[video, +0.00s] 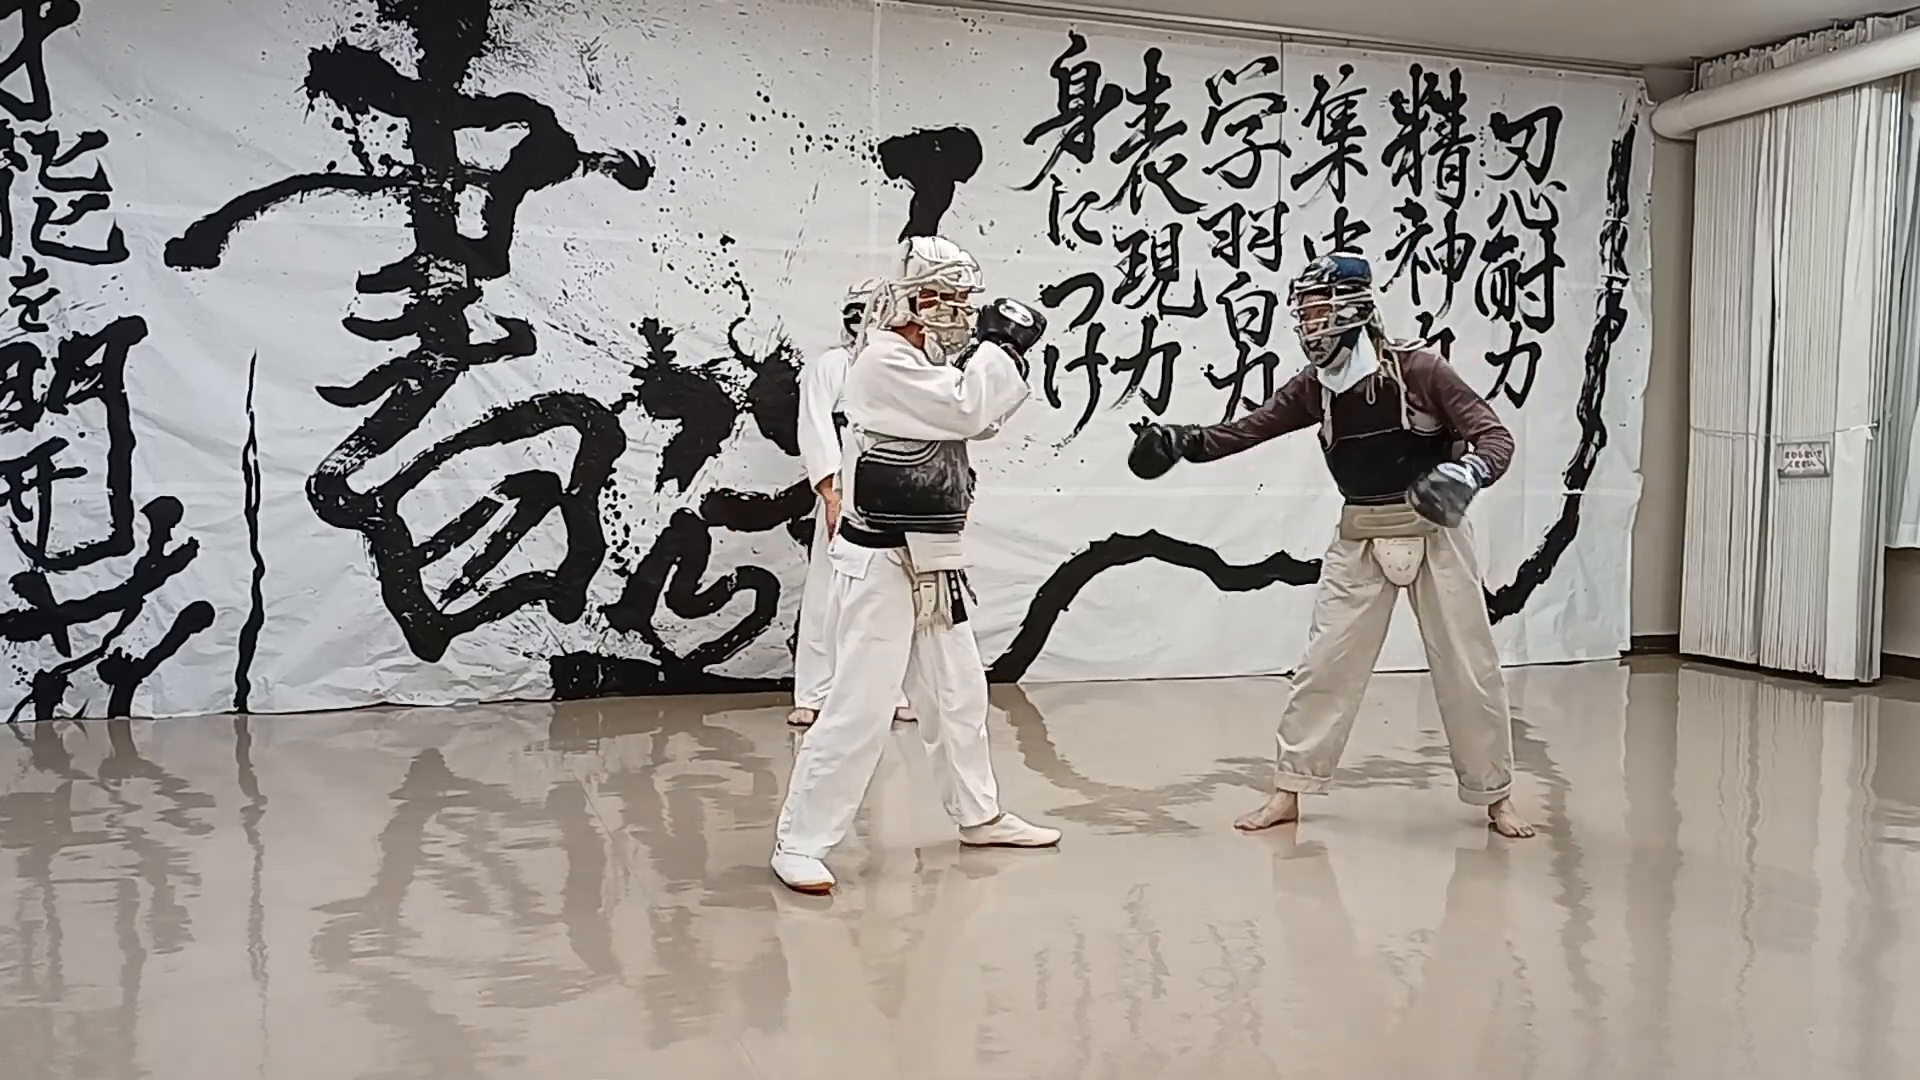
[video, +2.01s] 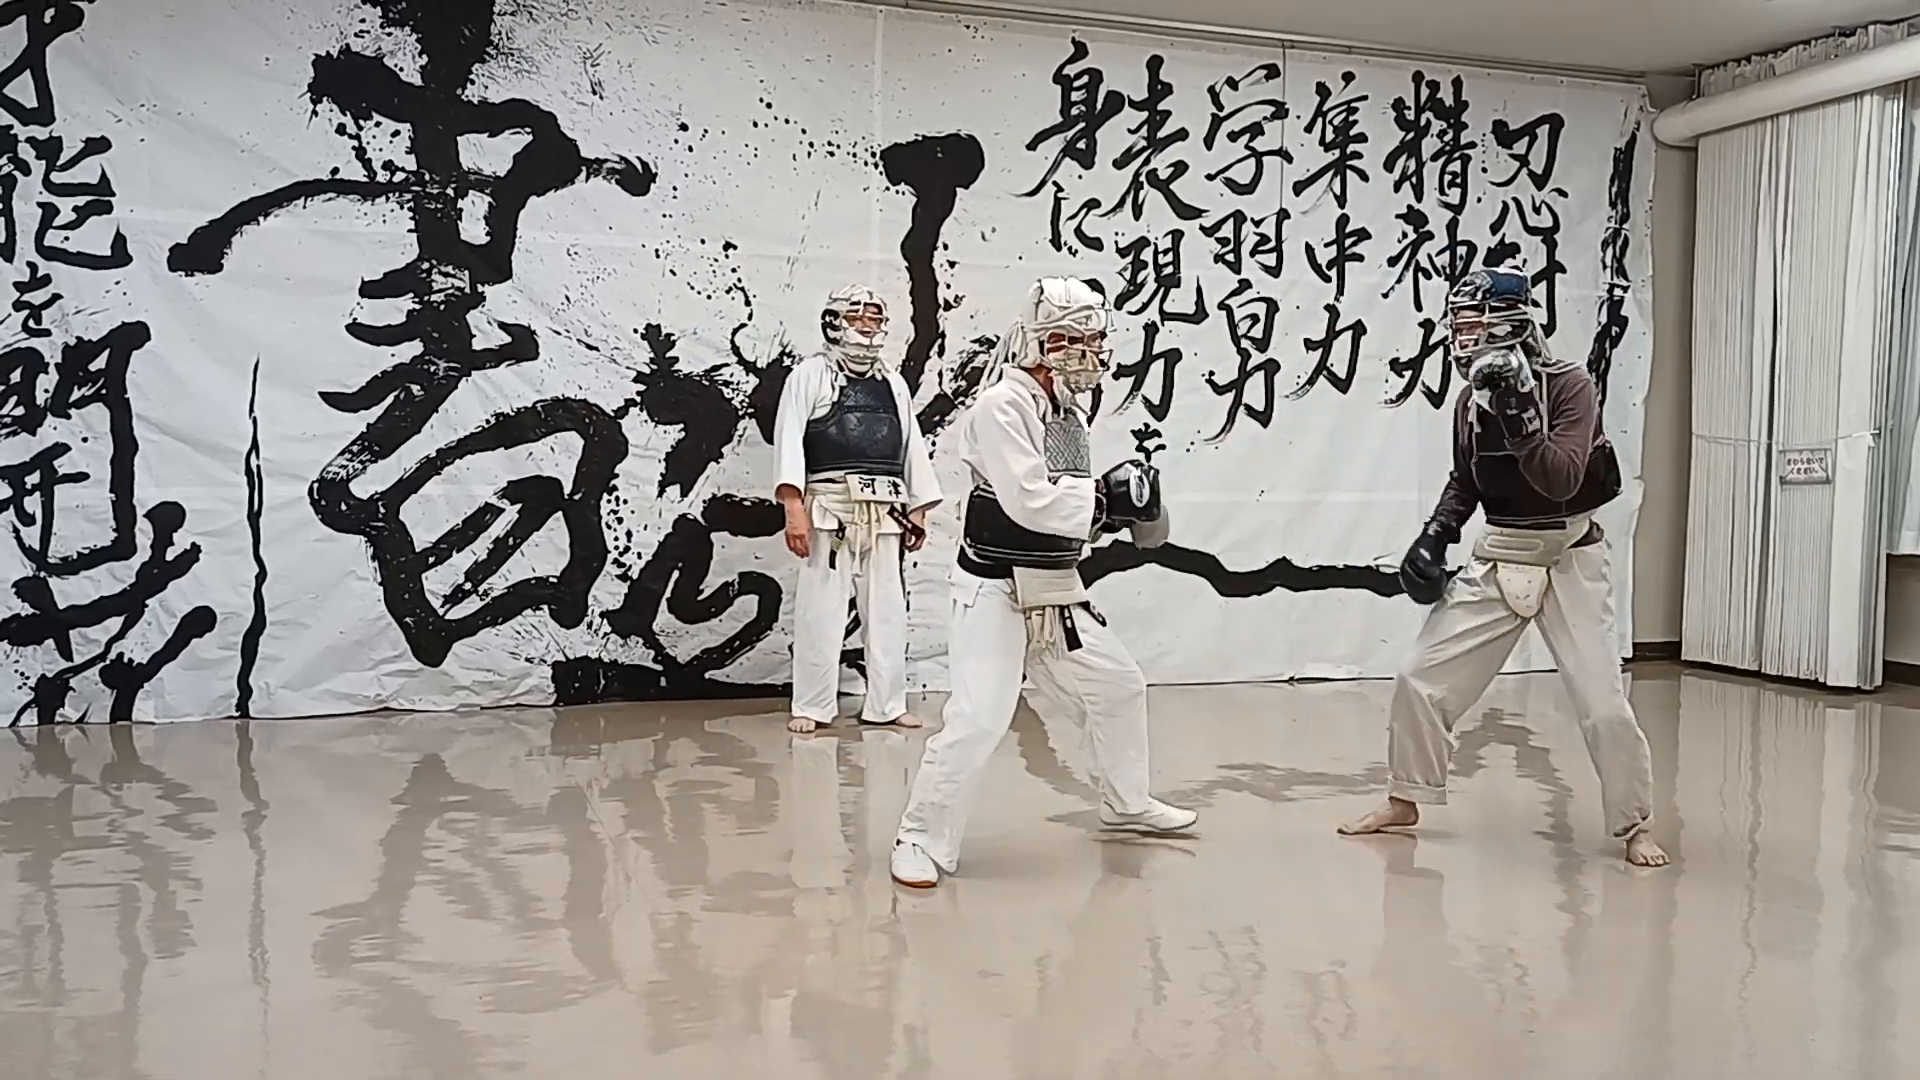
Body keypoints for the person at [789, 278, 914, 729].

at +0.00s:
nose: (866, 328)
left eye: (874, 319)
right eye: (860, 318)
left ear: (887, 321)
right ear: (850, 321)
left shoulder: (902, 366)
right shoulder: (827, 365)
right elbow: (814, 429)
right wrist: (830, 490)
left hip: (891, 495)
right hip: (842, 493)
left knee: (890, 597)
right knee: (824, 595)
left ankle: (891, 690)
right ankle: (812, 693)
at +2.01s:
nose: (868, 325)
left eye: (875, 319)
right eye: (858, 317)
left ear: (882, 326)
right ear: (836, 322)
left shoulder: (893, 381)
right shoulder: (810, 373)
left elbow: (912, 446)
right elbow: (789, 441)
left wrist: (920, 507)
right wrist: (794, 508)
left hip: (884, 509)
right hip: (825, 508)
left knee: (888, 612)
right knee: (820, 613)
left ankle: (886, 706)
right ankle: (811, 709)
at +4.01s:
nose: (752, 325)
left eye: (758, 319)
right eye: (742, 317)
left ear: (763, 326)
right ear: (717, 320)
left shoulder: (772, 381)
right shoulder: (687, 374)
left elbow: (791, 448)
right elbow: (669, 443)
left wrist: (798, 512)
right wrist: (677, 511)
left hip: (766, 511)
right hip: (706, 510)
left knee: (768, 615)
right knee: (699, 616)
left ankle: (765, 710)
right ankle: (689, 715)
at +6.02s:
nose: (692, 320)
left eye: (700, 314)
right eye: (682, 312)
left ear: (708, 322)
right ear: (661, 318)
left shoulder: (722, 378)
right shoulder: (635, 369)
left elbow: (743, 446)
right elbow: (615, 439)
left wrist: (748, 511)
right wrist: (622, 507)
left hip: (714, 510)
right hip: (652, 509)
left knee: (716, 616)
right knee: (645, 617)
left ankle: (712, 709)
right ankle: (635, 715)